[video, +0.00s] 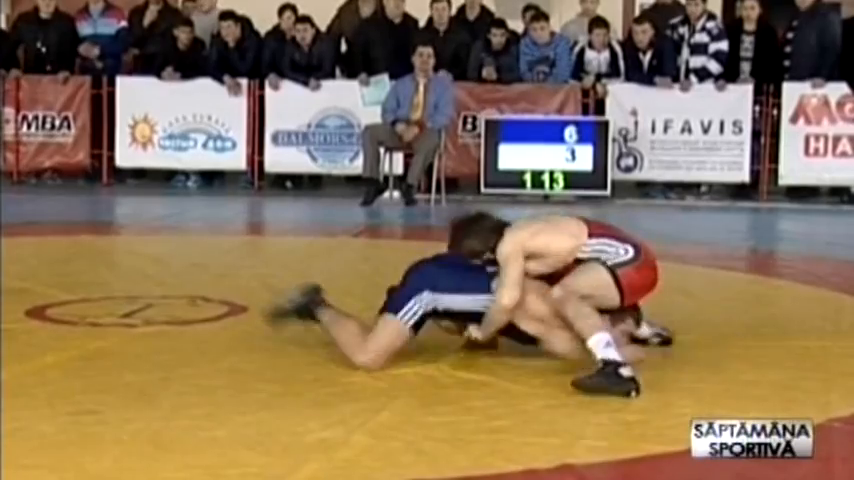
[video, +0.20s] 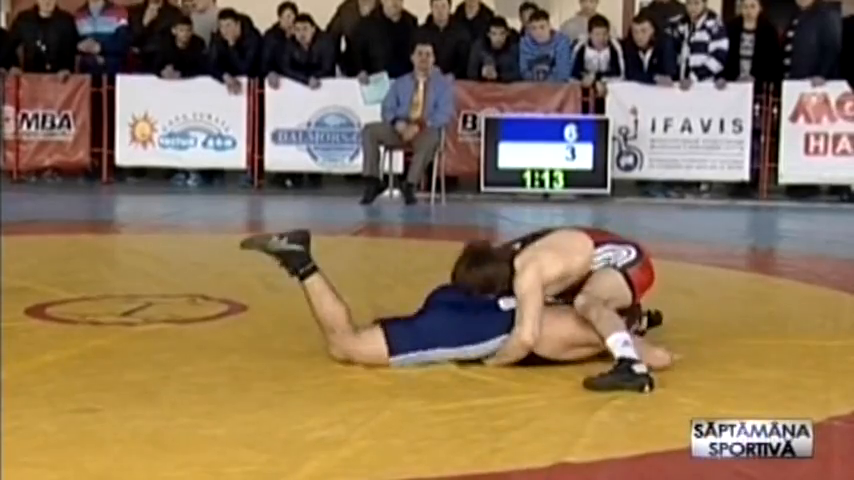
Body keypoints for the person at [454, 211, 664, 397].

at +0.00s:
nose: (480, 263)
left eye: (477, 258)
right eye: (473, 259)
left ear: (486, 250)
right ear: (496, 230)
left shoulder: (510, 243)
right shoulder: (519, 235)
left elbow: (508, 300)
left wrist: (483, 333)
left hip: (629, 263)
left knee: (567, 294)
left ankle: (614, 367)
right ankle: (634, 326)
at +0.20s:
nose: (479, 297)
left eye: (475, 291)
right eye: (473, 292)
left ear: (490, 284)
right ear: (492, 257)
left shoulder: (529, 269)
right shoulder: (512, 256)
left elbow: (526, 338)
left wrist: (494, 362)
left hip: (628, 260)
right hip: (599, 263)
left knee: (589, 302)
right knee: (563, 310)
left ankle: (631, 365)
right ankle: (636, 319)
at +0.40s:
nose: (479, 284)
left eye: (477, 278)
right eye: (474, 280)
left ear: (489, 270)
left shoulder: (521, 262)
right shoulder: (508, 240)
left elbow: (525, 331)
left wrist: (494, 359)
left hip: (623, 263)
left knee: (573, 304)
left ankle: (629, 364)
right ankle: (628, 317)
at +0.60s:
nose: (455, 282)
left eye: (455, 278)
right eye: (449, 278)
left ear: (476, 272)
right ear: (482, 238)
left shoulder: (517, 268)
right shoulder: (502, 239)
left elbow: (538, 332)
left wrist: (505, 361)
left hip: (619, 264)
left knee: (561, 309)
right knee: (561, 297)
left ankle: (627, 358)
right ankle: (636, 313)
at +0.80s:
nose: (464, 293)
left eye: (466, 283)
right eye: (457, 287)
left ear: (484, 268)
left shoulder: (520, 263)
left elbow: (534, 339)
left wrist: (505, 360)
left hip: (589, 229)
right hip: (559, 250)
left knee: (601, 285)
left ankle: (641, 342)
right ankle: (634, 300)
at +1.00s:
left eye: (488, 324)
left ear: (499, 304)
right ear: (456, 291)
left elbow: (537, 364)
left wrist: (494, 354)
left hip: (562, 218)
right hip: (518, 219)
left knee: (650, 260)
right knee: (579, 279)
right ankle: (651, 297)